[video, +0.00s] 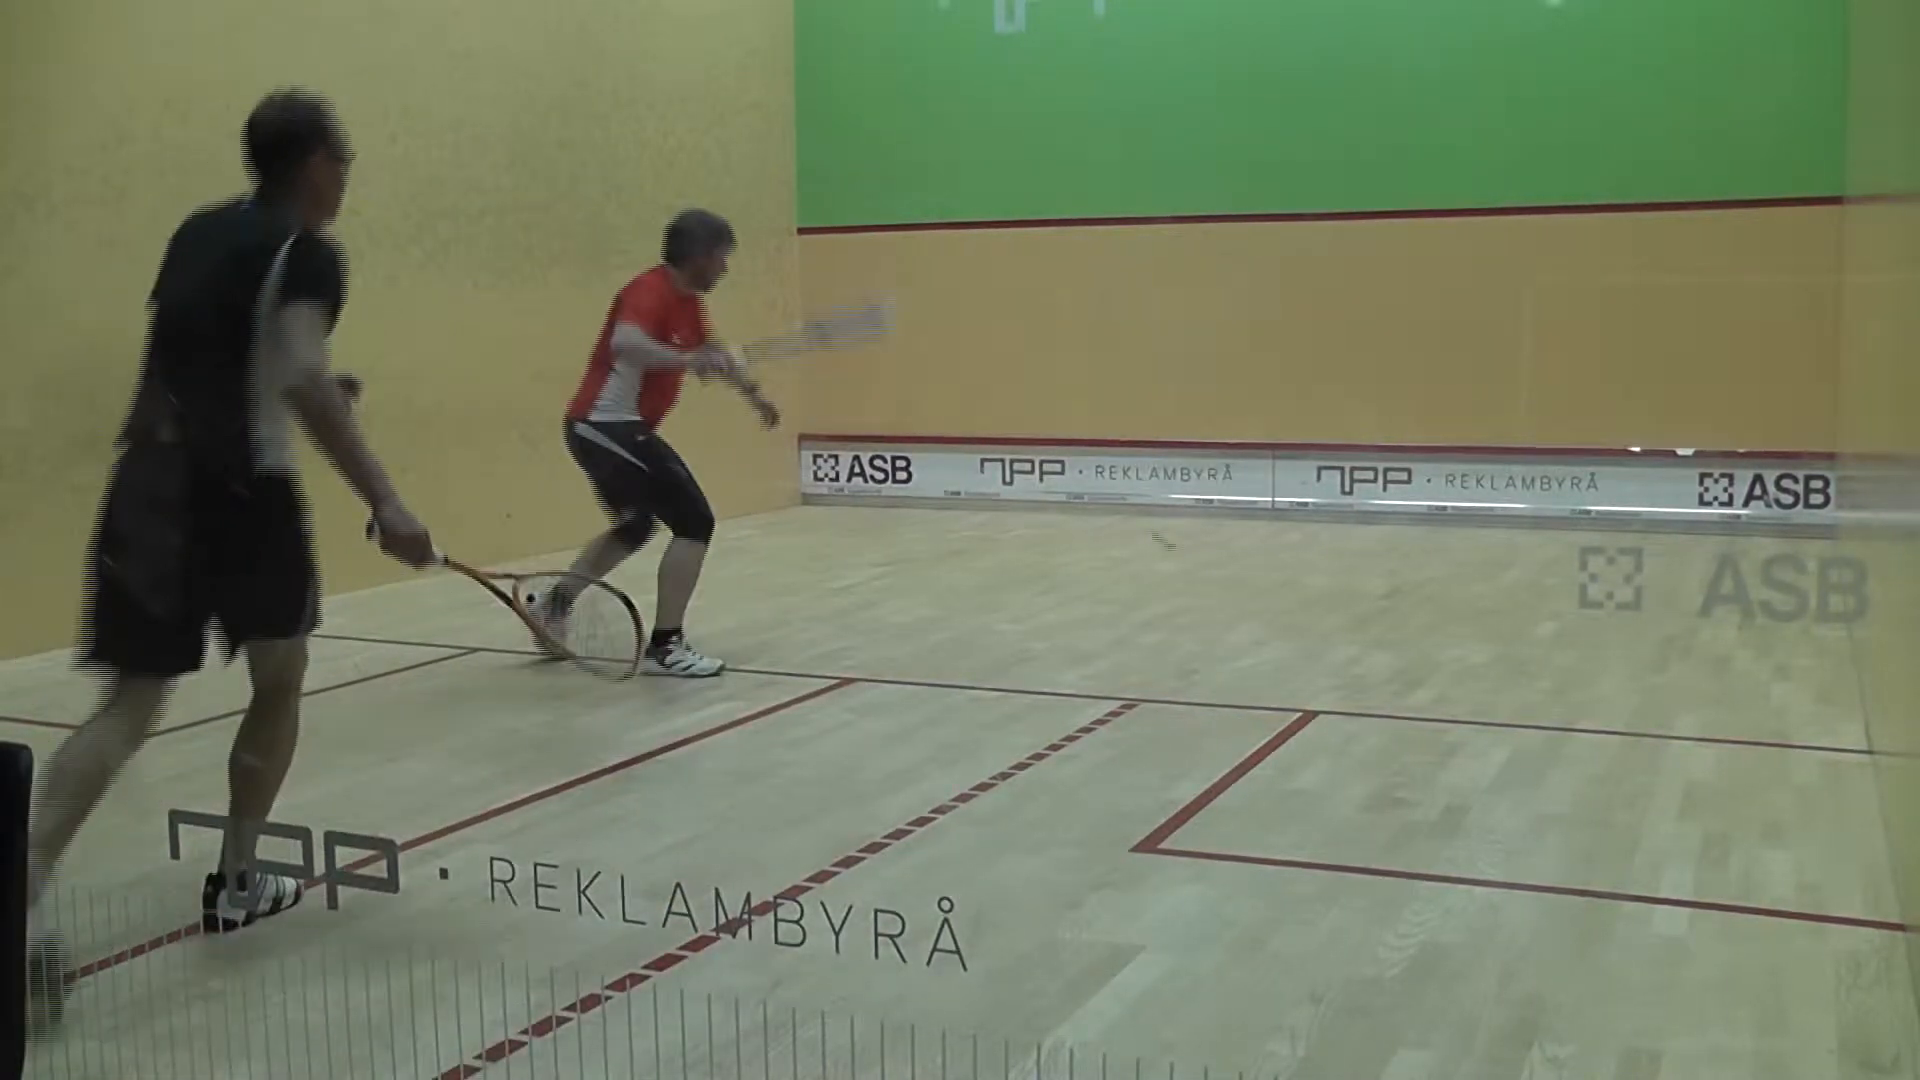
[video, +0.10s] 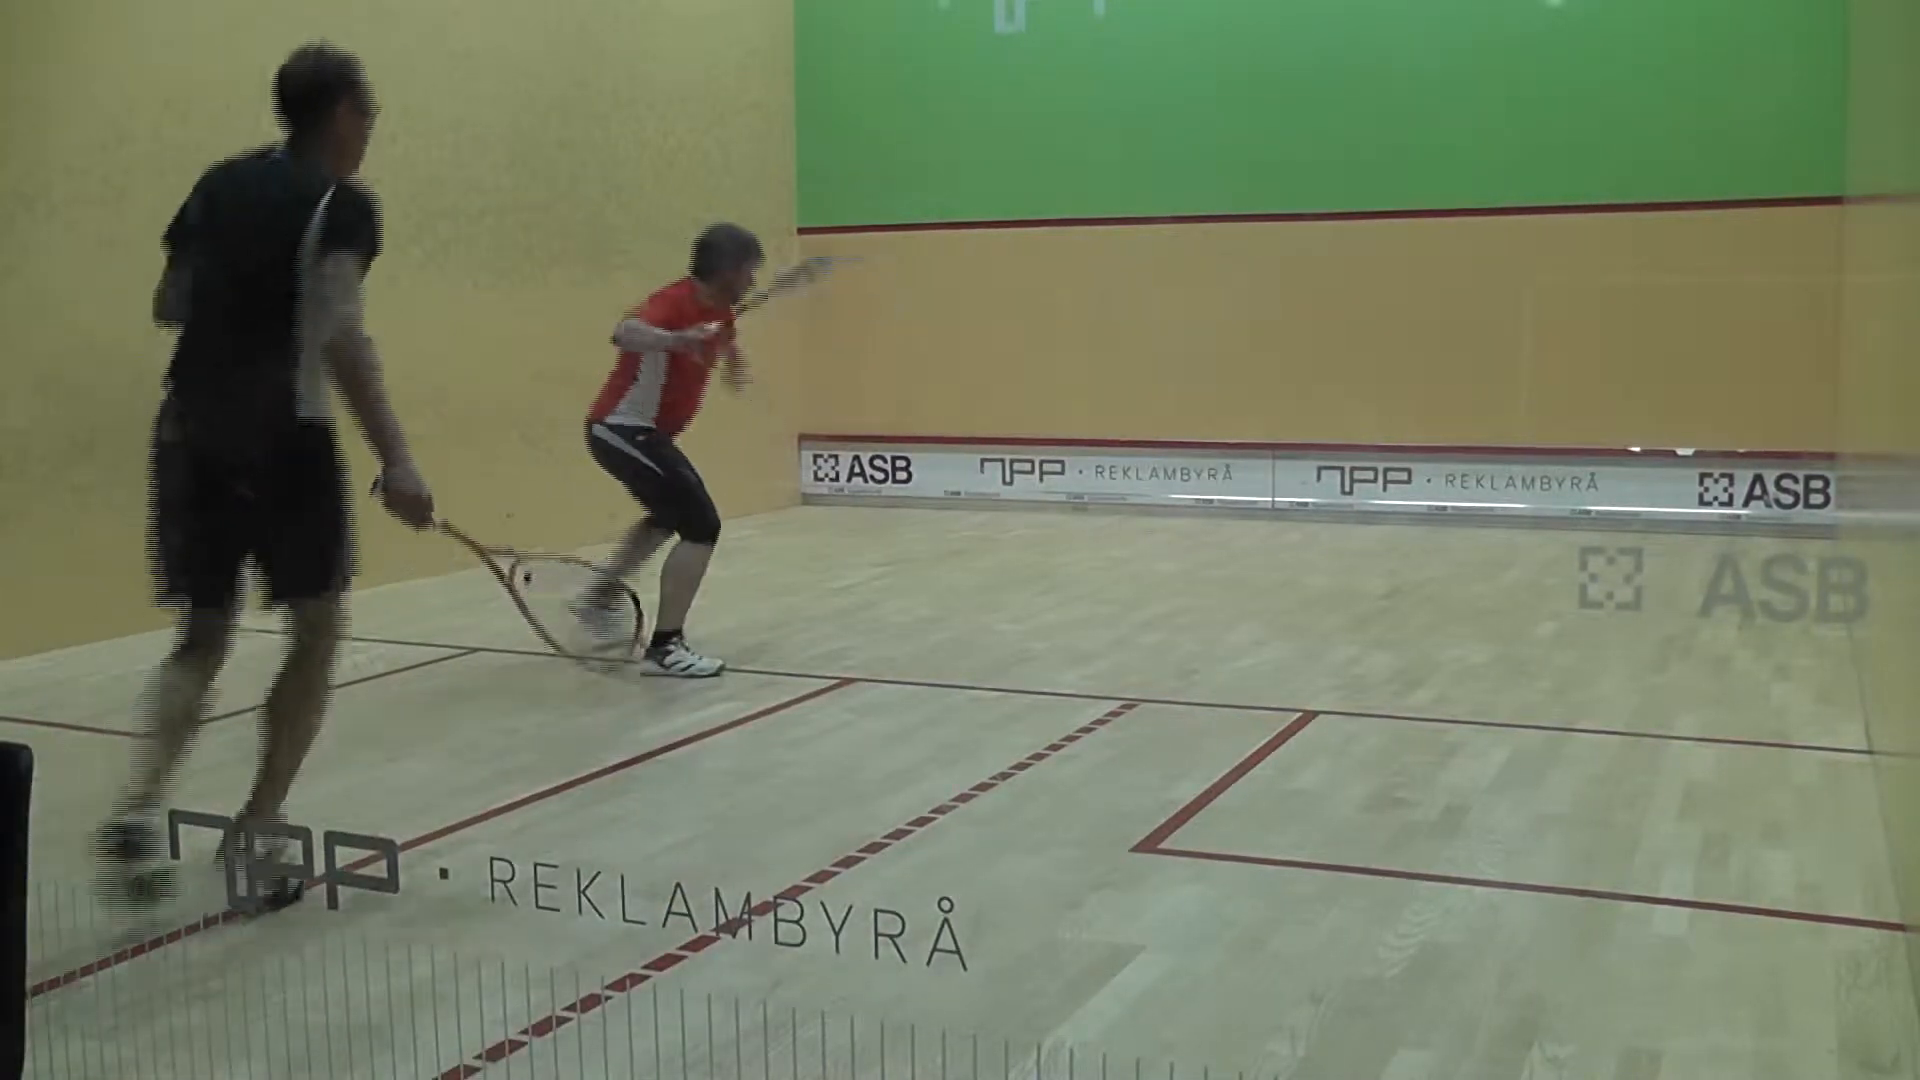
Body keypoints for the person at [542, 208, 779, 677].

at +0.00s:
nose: (726, 266)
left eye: (727, 257)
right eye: (721, 256)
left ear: (695, 258)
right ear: (694, 255)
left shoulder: (689, 304)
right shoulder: (648, 291)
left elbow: (712, 355)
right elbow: (626, 346)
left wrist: (755, 394)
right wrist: (690, 361)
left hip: (619, 426)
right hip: (606, 426)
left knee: (634, 526)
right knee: (694, 521)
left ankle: (553, 604)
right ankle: (665, 645)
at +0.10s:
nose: (751, 283)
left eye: (753, 273)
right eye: (746, 273)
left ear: (727, 273)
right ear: (722, 271)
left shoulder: (721, 310)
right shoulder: (676, 299)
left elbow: (726, 338)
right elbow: (624, 332)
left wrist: (733, 363)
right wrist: (679, 340)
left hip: (647, 432)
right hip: (620, 431)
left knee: (666, 513)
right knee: (702, 524)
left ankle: (598, 597)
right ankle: (665, 645)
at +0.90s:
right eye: (857, 223)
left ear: (814, 225)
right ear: (859, 227)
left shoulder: (779, 272)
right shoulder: (872, 284)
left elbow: (752, 345)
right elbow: (902, 366)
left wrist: (803, 358)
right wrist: (931, 424)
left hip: (784, 421)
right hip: (846, 421)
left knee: (761, 516)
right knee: (881, 526)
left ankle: (730, 617)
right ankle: (866, 636)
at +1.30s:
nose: (897, 213)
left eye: (893, 205)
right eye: (896, 205)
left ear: (848, 204)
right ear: (892, 209)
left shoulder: (826, 249)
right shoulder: (882, 265)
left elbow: (848, 330)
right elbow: (915, 351)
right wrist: (962, 401)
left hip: (811, 395)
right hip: (865, 401)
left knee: (802, 506)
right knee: (875, 516)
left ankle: (773, 624)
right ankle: (867, 637)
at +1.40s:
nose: (900, 215)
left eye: (899, 206)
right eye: (899, 207)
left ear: (850, 206)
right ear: (892, 210)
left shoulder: (828, 249)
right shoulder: (880, 262)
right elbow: (898, 352)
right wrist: (942, 405)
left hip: (813, 394)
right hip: (864, 399)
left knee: (805, 507)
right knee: (877, 517)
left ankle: (772, 621)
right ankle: (867, 637)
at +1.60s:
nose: (900, 219)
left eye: (896, 211)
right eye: (899, 211)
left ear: (852, 209)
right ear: (893, 214)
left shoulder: (830, 249)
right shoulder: (884, 259)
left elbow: (828, 330)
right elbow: (881, 339)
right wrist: (912, 404)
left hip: (806, 392)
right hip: (858, 396)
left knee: (803, 504)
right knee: (891, 508)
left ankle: (769, 620)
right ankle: (868, 633)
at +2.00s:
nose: (916, 269)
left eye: (918, 259)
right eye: (915, 258)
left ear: (879, 253)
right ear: (897, 256)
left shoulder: (867, 298)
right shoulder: (854, 292)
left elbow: (867, 380)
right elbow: (849, 362)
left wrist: (909, 427)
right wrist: (922, 398)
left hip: (808, 424)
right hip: (810, 423)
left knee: (831, 530)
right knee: (899, 501)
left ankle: (743, 599)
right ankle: (884, 624)